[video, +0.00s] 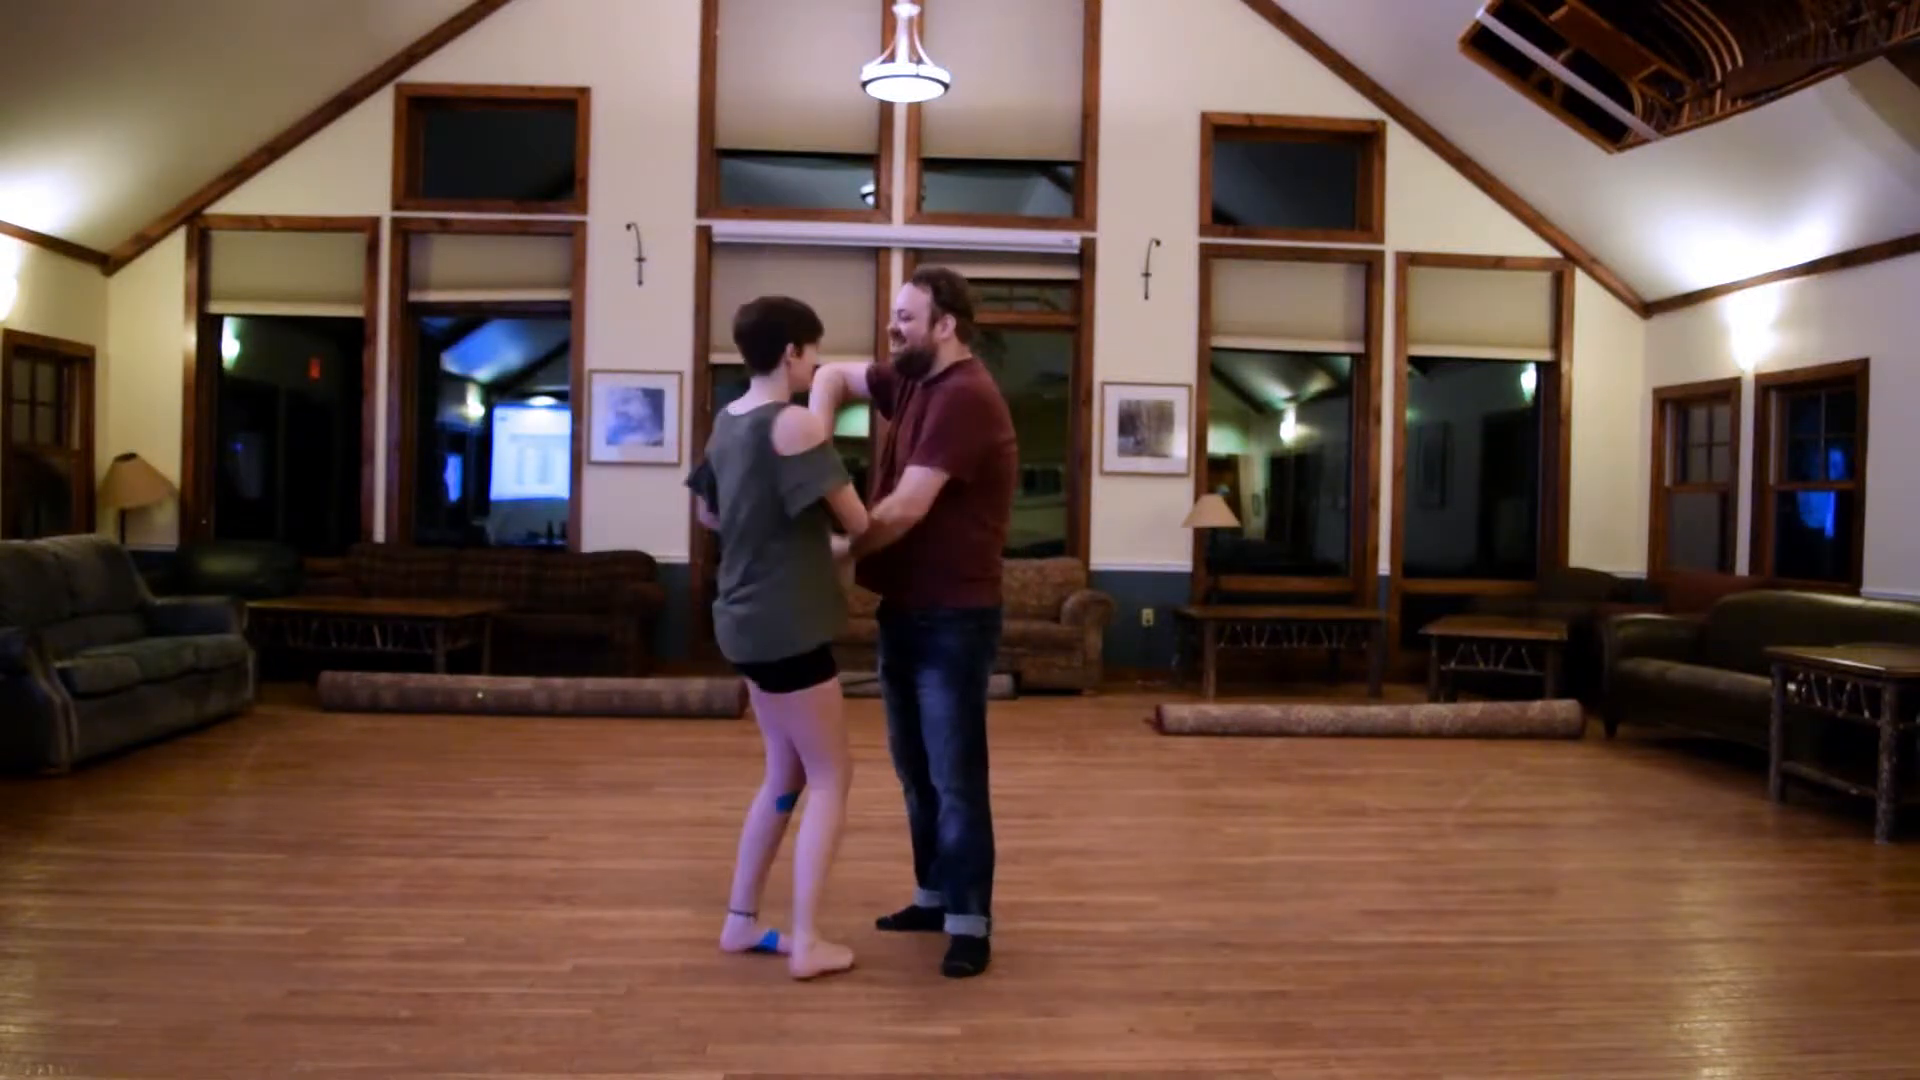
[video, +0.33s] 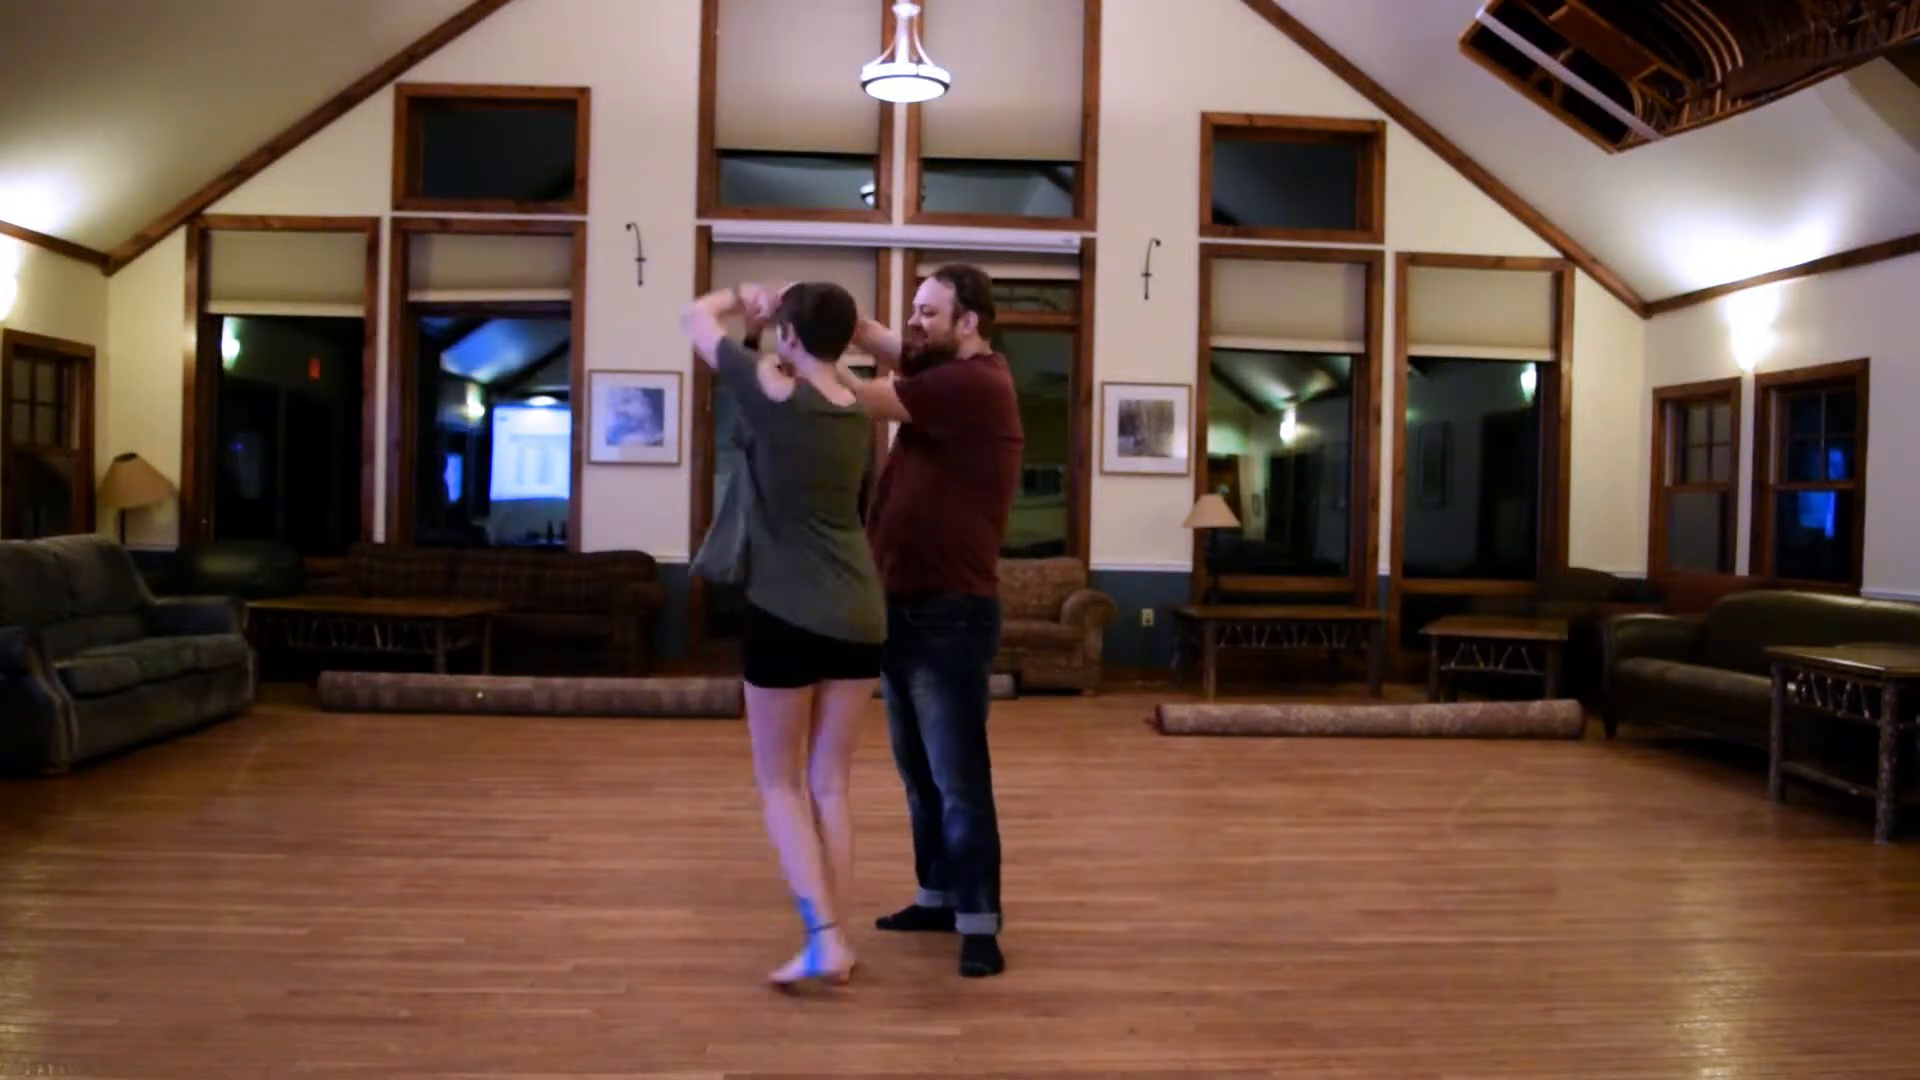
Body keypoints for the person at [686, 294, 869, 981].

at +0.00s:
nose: (817, 363)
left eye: (814, 352)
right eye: (813, 352)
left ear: (752, 355)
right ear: (792, 355)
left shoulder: (726, 421)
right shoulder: (798, 424)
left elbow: (709, 513)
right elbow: (855, 519)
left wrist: (784, 526)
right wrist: (848, 536)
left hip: (744, 623)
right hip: (791, 629)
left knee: (782, 776)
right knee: (830, 776)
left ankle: (740, 921)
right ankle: (805, 943)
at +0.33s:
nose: (775, 320)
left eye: (780, 313)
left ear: (783, 336)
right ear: (845, 345)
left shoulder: (759, 394)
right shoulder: (859, 413)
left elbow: (700, 317)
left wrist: (746, 302)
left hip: (782, 611)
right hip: (860, 614)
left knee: (779, 785)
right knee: (831, 783)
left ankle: (825, 937)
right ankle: (826, 938)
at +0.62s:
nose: (823, 324)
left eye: (836, 317)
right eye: (811, 316)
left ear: (855, 330)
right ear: (791, 331)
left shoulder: (869, 393)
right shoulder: (773, 391)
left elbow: (893, 273)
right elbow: (735, 290)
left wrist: (849, 225)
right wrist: (815, 247)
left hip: (837, 599)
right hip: (771, 596)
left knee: (813, 791)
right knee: (780, 791)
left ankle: (858, 951)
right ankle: (818, 947)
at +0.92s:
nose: (856, 334)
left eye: (851, 326)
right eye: (853, 322)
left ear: (805, 331)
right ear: (824, 325)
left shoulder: (854, 392)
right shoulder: (779, 384)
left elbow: (937, 381)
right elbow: (892, 345)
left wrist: (909, 298)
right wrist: (889, 291)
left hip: (857, 596)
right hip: (792, 595)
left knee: (852, 790)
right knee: (804, 796)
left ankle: (817, 941)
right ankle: (773, 984)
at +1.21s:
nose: (858, 340)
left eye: (861, 328)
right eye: (856, 329)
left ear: (787, 337)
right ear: (843, 336)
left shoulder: (779, 408)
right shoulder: (828, 415)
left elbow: (856, 406)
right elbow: (925, 464)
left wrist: (874, 324)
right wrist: (908, 373)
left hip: (800, 620)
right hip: (822, 627)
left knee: (832, 803)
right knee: (831, 806)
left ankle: (792, 971)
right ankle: (778, 985)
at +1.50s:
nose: (862, 336)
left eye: (862, 323)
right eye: (858, 326)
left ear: (789, 334)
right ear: (841, 333)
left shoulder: (777, 404)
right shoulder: (832, 405)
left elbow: (859, 429)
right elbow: (938, 448)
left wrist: (879, 351)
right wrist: (903, 367)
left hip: (795, 612)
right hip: (828, 619)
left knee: (817, 803)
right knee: (823, 806)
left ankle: (787, 975)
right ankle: (782, 985)